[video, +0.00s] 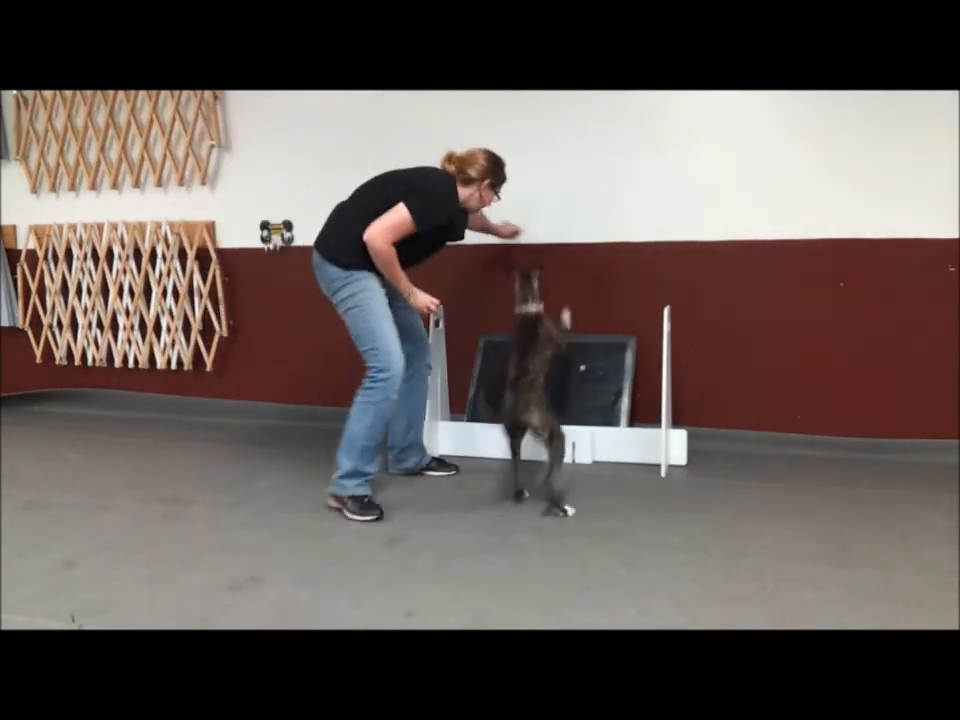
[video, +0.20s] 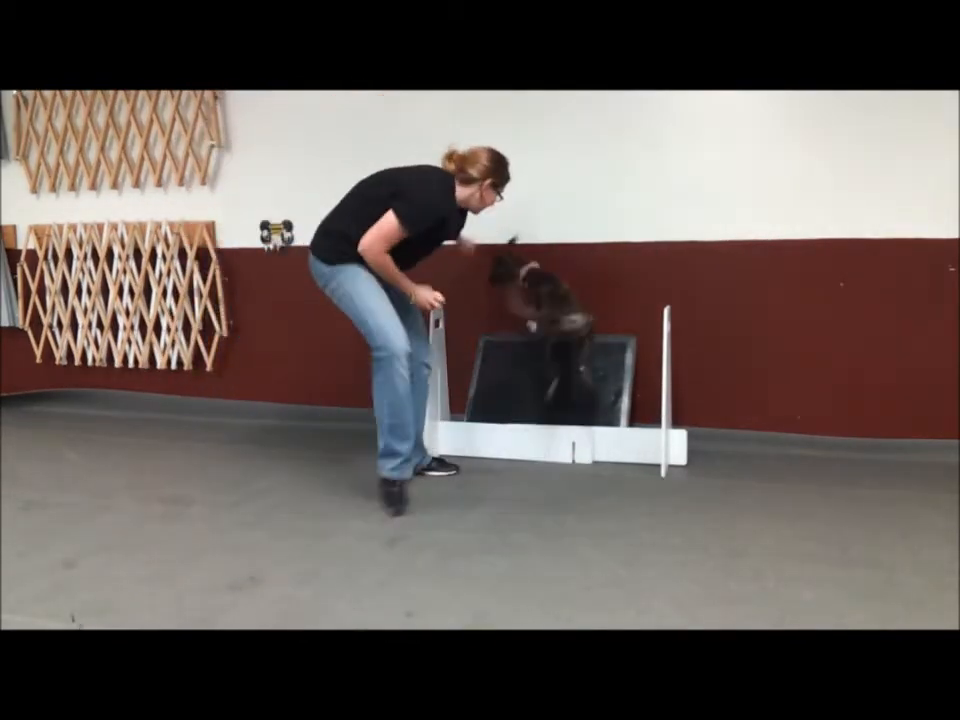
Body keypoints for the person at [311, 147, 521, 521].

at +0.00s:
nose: (492, 201)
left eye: (495, 194)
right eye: (493, 193)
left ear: (475, 183)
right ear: (479, 183)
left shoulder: (453, 201)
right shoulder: (438, 194)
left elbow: (468, 217)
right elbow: (376, 237)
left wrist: (495, 229)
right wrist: (410, 293)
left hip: (379, 265)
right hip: (346, 264)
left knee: (417, 357)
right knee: (387, 366)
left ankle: (407, 457)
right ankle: (349, 486)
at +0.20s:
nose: (496, 200)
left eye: (499, 193)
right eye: (496, 192)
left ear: (477, 182)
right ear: (479, 184)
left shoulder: (455, 207)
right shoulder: (431, 196)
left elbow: (423, 231)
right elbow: (369, 247)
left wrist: (458, 243)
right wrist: (413, 290)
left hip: (379, 263)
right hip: (339, 260)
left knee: (419, 353)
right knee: (394, 347)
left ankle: (413, 456)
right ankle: (394, 468)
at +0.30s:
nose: (494, 213)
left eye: (498, 206)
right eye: (495, 204)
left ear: (474, 194)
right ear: (479, 197)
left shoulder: (456, 220)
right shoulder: (423, 206)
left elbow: (431, 245)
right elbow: (375, 267)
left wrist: (448, 270)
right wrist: (421, 312)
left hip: (371, 260)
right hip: (328, 254)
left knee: (407, 348)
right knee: (367, 339)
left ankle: (414, 453)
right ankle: (396, 453)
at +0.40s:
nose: (481, 237)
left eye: (484, 231)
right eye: (482, 230)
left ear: (465, 220)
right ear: (468, 223)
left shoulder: (449, 241)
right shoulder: (405, 228)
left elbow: (413, 275)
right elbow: (388, 303)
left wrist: (424, 312)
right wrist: (435, 352)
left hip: (366, 270)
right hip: (317, 256)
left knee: (407, 352)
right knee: (345, 341)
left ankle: (407, 458)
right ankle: (350, 462)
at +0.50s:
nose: (457, 271)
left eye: (461, 265)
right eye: (457, 264)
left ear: (438, 253)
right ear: (441, 256)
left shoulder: (425, 261)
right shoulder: (383, 265)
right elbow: (396, 347)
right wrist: (443, 398)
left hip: (355, 276)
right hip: (305, 270)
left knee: (411, 357)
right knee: (318, 362)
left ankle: (407, 459)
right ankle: (297, 485)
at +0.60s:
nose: (423, 303)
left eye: (427, 297)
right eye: (420, 297)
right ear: (395, 287)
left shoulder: (400, 261)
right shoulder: (352, 296)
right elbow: (382, 383)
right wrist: (431, 449)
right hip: (291, 285)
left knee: (410, 367)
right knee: (284, 384)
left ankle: (406, 458)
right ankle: (282, 506)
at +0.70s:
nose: (374, 323)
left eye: (379, 313)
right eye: (365, 317)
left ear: (385, 296)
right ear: (337, 305)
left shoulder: (368, 272)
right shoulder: (298, 305)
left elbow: (342, 363)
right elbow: (334, 393)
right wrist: (372, 473)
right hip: (267, 286)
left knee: (393, 369)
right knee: (256, 400)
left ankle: (409, 457)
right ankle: (280, 511)